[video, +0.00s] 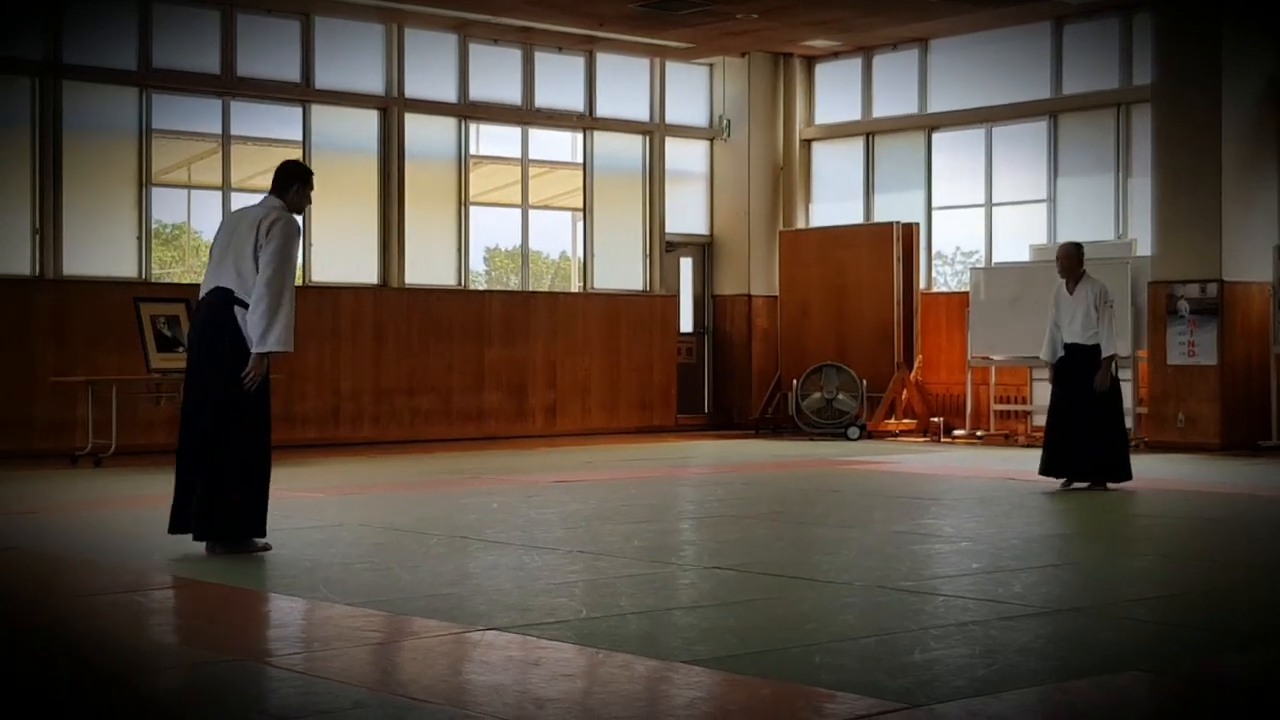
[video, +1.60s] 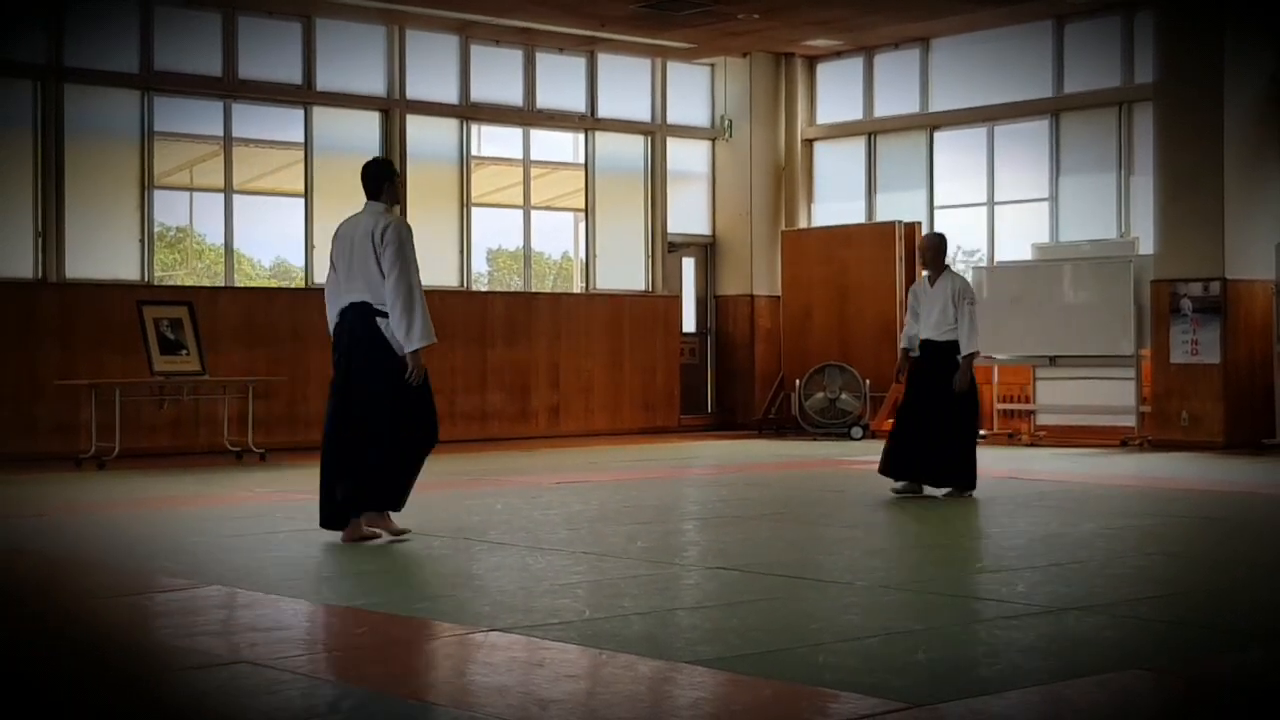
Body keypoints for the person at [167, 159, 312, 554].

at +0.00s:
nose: (310, 201)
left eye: (310, 193)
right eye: (308, 192)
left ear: (275, 186)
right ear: (296, 189)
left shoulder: (236, 217)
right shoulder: (282, 221)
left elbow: (215, 275)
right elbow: (270, 283)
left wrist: (206, 328)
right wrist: (262, 346)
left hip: (208, 321)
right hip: (237, 324)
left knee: (214, 425)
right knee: (243, 427)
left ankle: (213, 526)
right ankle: (233, 531)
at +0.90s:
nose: (305, 182)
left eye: (303, 175)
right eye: (303, 175)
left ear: (268, 178)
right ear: (294, 178)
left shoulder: (243, 223)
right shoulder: (293, 221)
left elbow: (234, 284)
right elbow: (295, 287)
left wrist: (238, 333)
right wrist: (300, 346)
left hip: (247, 328)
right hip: (279, 329)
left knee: (252, 426)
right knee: (285, 427)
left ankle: (243, 527)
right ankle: (279, 526)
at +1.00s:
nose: (318, 183)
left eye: (316, 176)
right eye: (314, 177)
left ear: (282, 181)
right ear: (303, 180)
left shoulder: (257, 224)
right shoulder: (305, 223)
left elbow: (246, 285)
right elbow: (305, 289)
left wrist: (246, 336)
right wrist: (311, 347)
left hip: (258, 328)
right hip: (286, 329)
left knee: (306, 422)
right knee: (268, 427)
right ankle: (249, 529)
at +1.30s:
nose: (358, 192)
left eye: (356, 186)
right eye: (354, 187)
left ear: (324, 192)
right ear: (342, 191)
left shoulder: (300, 234)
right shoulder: (347, 231)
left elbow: (286, 293)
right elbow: (350, 294)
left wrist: (286, 343)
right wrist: (355, 352)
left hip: (302, 339)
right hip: (330, 341)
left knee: (339, 430)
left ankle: (350, 519)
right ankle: (251, 517)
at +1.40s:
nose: (372, 189)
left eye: (370, 183)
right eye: (368, 184)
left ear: (337, 189)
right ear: (357, 187)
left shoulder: (315, 231)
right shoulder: (363, 228)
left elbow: (303, 291)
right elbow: (367, 291)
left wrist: (305, 341)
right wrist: (374, 348)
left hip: (319, 334)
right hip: (349, 335)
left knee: (342, 429)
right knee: (346, 429)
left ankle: (355, 522)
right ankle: (276, 504)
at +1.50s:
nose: (384, 189)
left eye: (381, 182)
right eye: (382, 183)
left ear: (349, 187)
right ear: (374, 186)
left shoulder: (328, 229)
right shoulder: (376, 226)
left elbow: (318, 287)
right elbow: (383, 287)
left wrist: (321, 334)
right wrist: (392, 344)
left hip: (332, 329)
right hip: (365, 329)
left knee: (341, 419)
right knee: (383, 427)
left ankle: (353, 520)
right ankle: (322, 497)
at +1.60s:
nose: (402, 188)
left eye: (400, 182)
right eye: (400, 182)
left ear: (366, 188)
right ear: (393, 186)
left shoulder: (344, 228)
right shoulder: (393, 227)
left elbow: (332, 287)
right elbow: (401, 289)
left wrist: (339, 333)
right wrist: (412, 345)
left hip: (348, 333)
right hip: (382, 332)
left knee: (358, 423)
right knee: (418, 422)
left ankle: (354, 522)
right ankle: (378, 507)